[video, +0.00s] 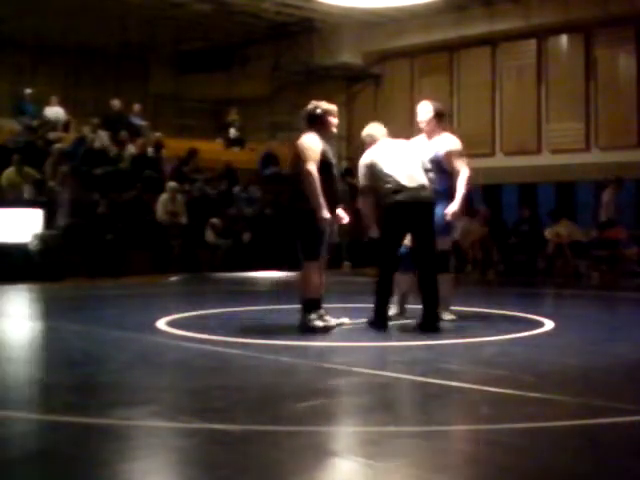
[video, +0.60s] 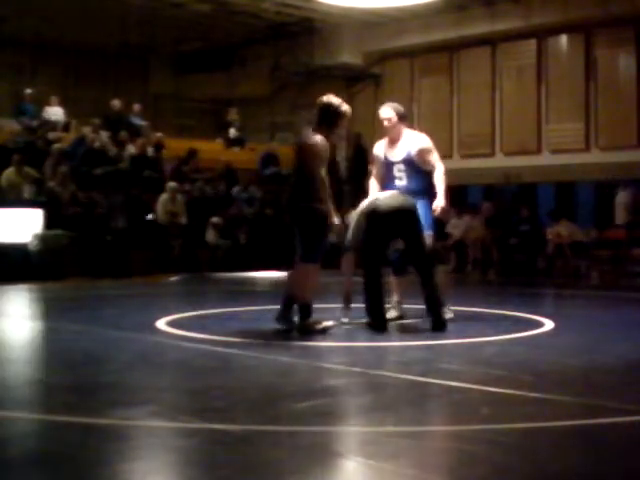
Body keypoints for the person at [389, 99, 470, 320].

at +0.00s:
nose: (420, 121)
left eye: (424, 116)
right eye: (419, 117)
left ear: (437, 117)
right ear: (418, 118)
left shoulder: (449, 141)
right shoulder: (416, 142)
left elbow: (463, 171)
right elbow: (406, 169)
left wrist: (457, 202)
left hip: (442, 201)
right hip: (419, 200)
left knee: (442, 253)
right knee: (407, 252)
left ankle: (444, 305)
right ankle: (399, 304)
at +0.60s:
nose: (384, 125)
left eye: (388, 120)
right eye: (382, 121)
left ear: (399, 120)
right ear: (381, 122)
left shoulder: (419, 141)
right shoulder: (380, 147)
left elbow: (438, 166)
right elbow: (375, 176)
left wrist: (440, 197)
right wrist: (373, 201)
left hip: (419, 200)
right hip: (392, 201)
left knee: (426, 248)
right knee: (391, 250)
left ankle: (439, 303)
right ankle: (395, 302)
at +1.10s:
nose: (386, 132)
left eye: (389, 128)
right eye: (384, 128)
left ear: (400, 126)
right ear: (385, 128)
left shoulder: (419, 146)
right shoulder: (386, 149)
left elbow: (434, 177)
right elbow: (382, 180)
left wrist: (427, 196)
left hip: (423, 215)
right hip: (401, 215)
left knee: (423, 267)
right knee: (384, 263)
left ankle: (447, 312)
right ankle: (377, 312)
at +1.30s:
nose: (388, 154)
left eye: (388, 149)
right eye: (387, 149)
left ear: (397, 145)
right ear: (411, 141)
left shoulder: (401, 164)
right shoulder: (436, 157)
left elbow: (396, 196)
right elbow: (450, 188)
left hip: (428, 212)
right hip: (451, 208)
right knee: (438, 268)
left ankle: (451, 323)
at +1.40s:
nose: (401, 132)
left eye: (404, 128)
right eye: (402, 128)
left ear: (414, 130)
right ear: (426, 131)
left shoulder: (412, 152)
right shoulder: (446, 149)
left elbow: (421, 182)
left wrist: (409, 201)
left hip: (440, 205)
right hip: (464, 203)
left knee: (418, 261)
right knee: (447, 266)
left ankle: (402, 315)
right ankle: (451, 322)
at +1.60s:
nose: (430, 116)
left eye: (434, 112)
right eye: (432, 111)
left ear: (445, 116)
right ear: (453, 117)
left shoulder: (444, 140)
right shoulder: (465, 142)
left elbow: (445, 173)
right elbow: (463, 180)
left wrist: (427, 186)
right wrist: (438, 192)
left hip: (454, 208)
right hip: (468, 208)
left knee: (447, 264)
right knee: (454, 264)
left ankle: (453, 319)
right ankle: (474, 307)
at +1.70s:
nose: (447, 114)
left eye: (452, 111)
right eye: (449, 110)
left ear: (464, 117)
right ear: (468, 119)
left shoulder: (462, 144)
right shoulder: (470, 143)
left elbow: (462, 178)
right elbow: (469, 183)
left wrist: (441, 185)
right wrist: (449, 197)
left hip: (470, 212)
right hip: (472, 211)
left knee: (457, 267)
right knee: (459, 267)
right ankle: (452, 321)